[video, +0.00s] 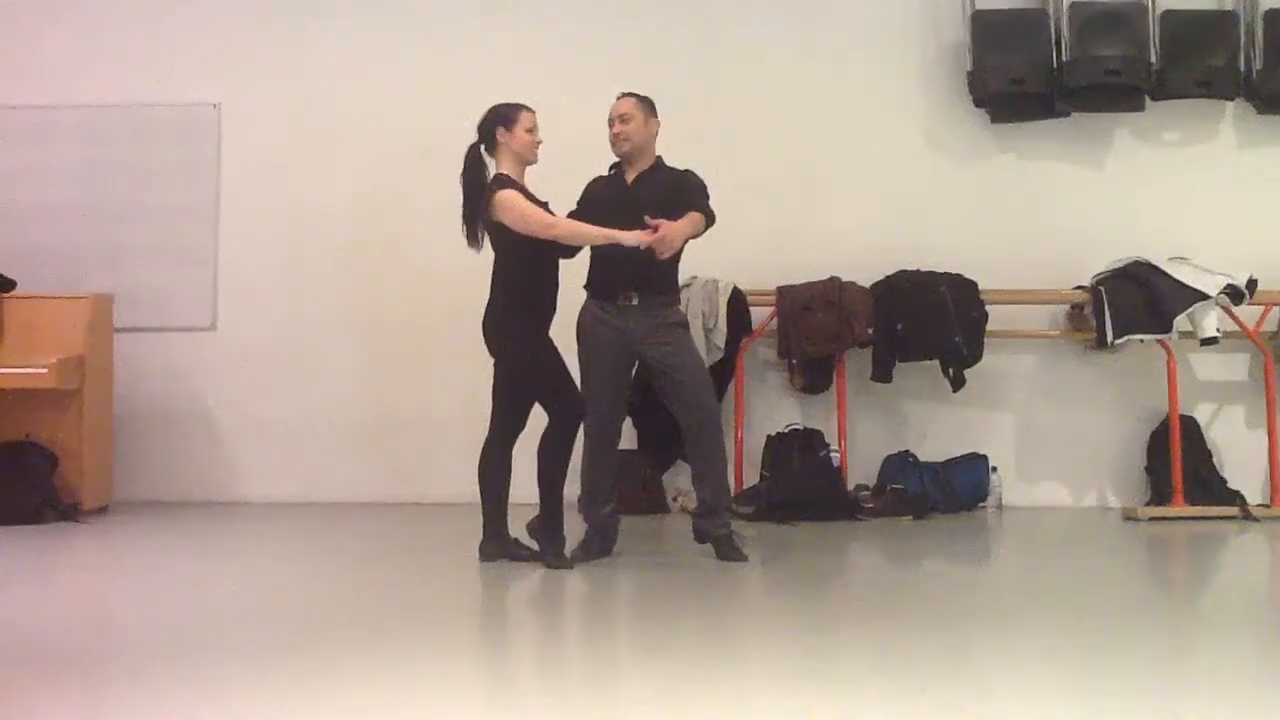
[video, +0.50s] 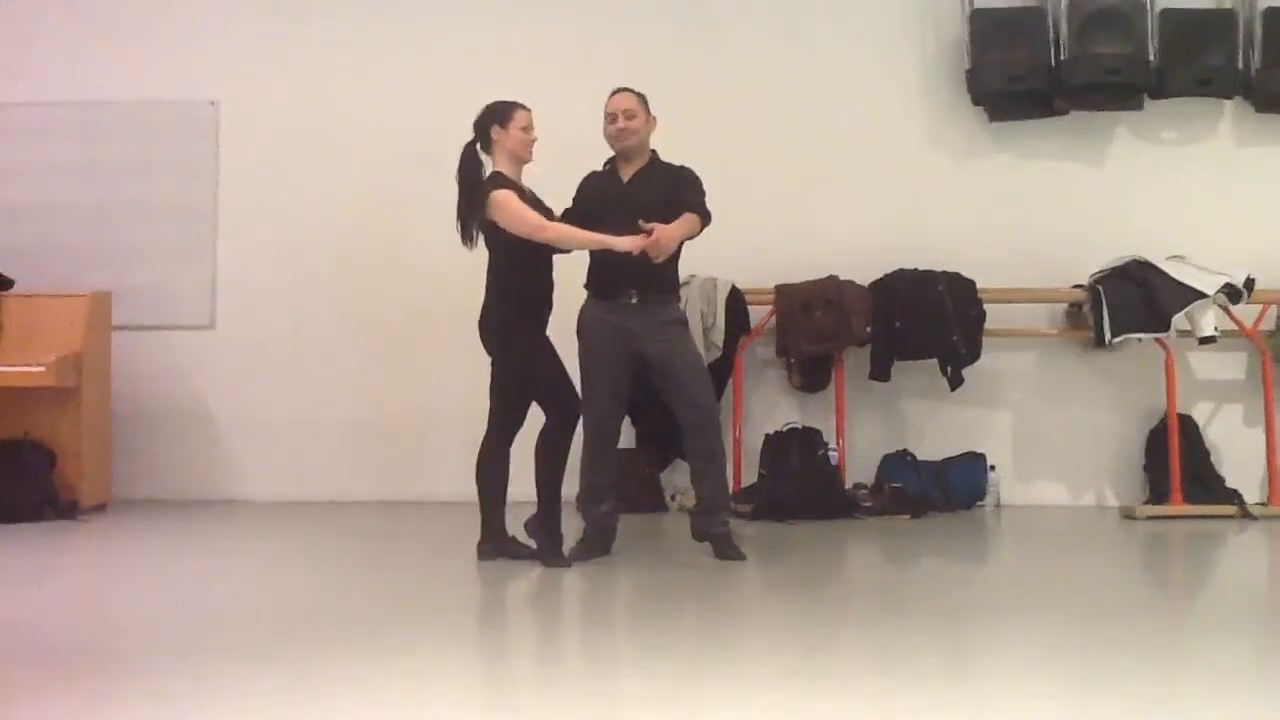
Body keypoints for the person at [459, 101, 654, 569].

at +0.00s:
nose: (539, 138)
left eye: (537, 130)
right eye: (531, 130)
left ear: (510, 137)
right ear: (503, 136)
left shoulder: (518, 193)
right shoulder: (502, 196)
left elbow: (559, 245)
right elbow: (556, 232)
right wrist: (623, 235)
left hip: (524, 325)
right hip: (515, 327)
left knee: (503, 430)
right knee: (568, 410)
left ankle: (494, 536)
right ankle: (549, 522)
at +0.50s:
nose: (534, 136)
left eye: (533, 129)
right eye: (526, 129)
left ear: (506, 136)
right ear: (498, 135)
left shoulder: (516, 191)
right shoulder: (498, 194)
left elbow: (555, 235)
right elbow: (545, 234)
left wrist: (614, 236)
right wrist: (615, 242)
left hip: (522, 323)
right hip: (512, 326)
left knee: (502, 429)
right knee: (565, 409)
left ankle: (493, 535)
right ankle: (547, 521)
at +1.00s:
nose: (534, 133)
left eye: (534, 126)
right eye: (525, 126)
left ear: (519, 135)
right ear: (496, 132)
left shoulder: (524, 186)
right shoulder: (500, 189)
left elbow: (567, 241)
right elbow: (559, 223)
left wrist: (589, 217)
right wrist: (625, 221)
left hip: (527, 319)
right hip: (513, 322)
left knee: (506, 425)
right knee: (567, 404)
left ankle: (496, 531)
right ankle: (550, 517)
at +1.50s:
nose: (521, 135)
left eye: (522, 127)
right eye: (514, 126)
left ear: (496, 131)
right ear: (485, 128)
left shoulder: (503, 182)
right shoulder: (489, 184)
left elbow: (559, 188)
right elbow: (559, 186)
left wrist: (617, 159)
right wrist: (620, 161)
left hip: (507, 316)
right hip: (504, 320)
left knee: (499, 422)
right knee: (561, 405)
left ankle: (490, 530)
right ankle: (545, 518)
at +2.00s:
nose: (474, 141)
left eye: (478, 134)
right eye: (465, 133)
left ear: (481, 141)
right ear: (439, 136)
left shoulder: (475, 196)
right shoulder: (429, 193)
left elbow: (512, 246)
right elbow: (447, 248)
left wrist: (537, 209)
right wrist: (495, 209)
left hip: (470, 325)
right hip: (437, 325)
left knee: (501, 421)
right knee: (446, 426)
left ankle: (489, 532)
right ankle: (389, 518)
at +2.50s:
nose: (485, 142)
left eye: (487, 134)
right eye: (476, 133)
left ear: (481, 140)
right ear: (447, 136)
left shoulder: (469, 191)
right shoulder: (444, 196)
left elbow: (508, 245)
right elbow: (489, 256)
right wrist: (557, 275)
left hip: (482, 329)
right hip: (447, 331)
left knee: (503, 423)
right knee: (459, 430)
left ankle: (460, 526)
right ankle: (397, 512)